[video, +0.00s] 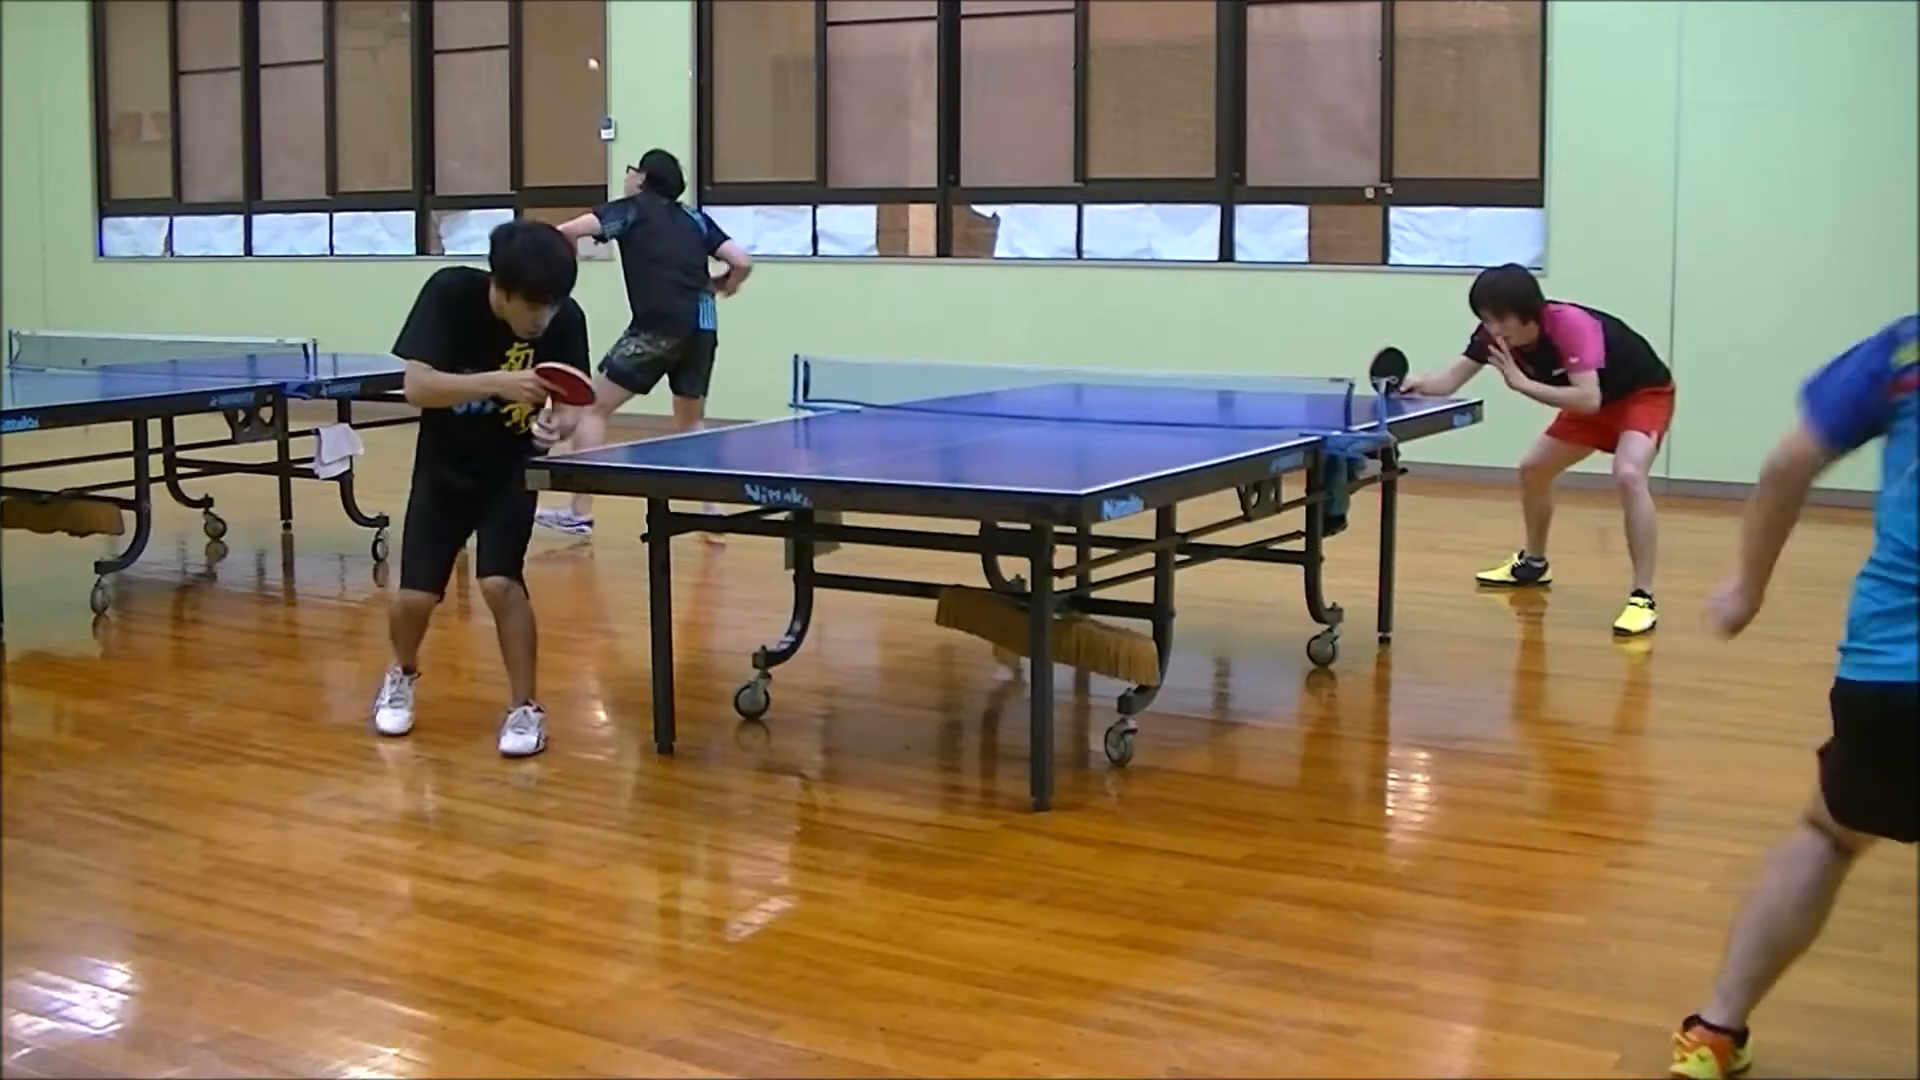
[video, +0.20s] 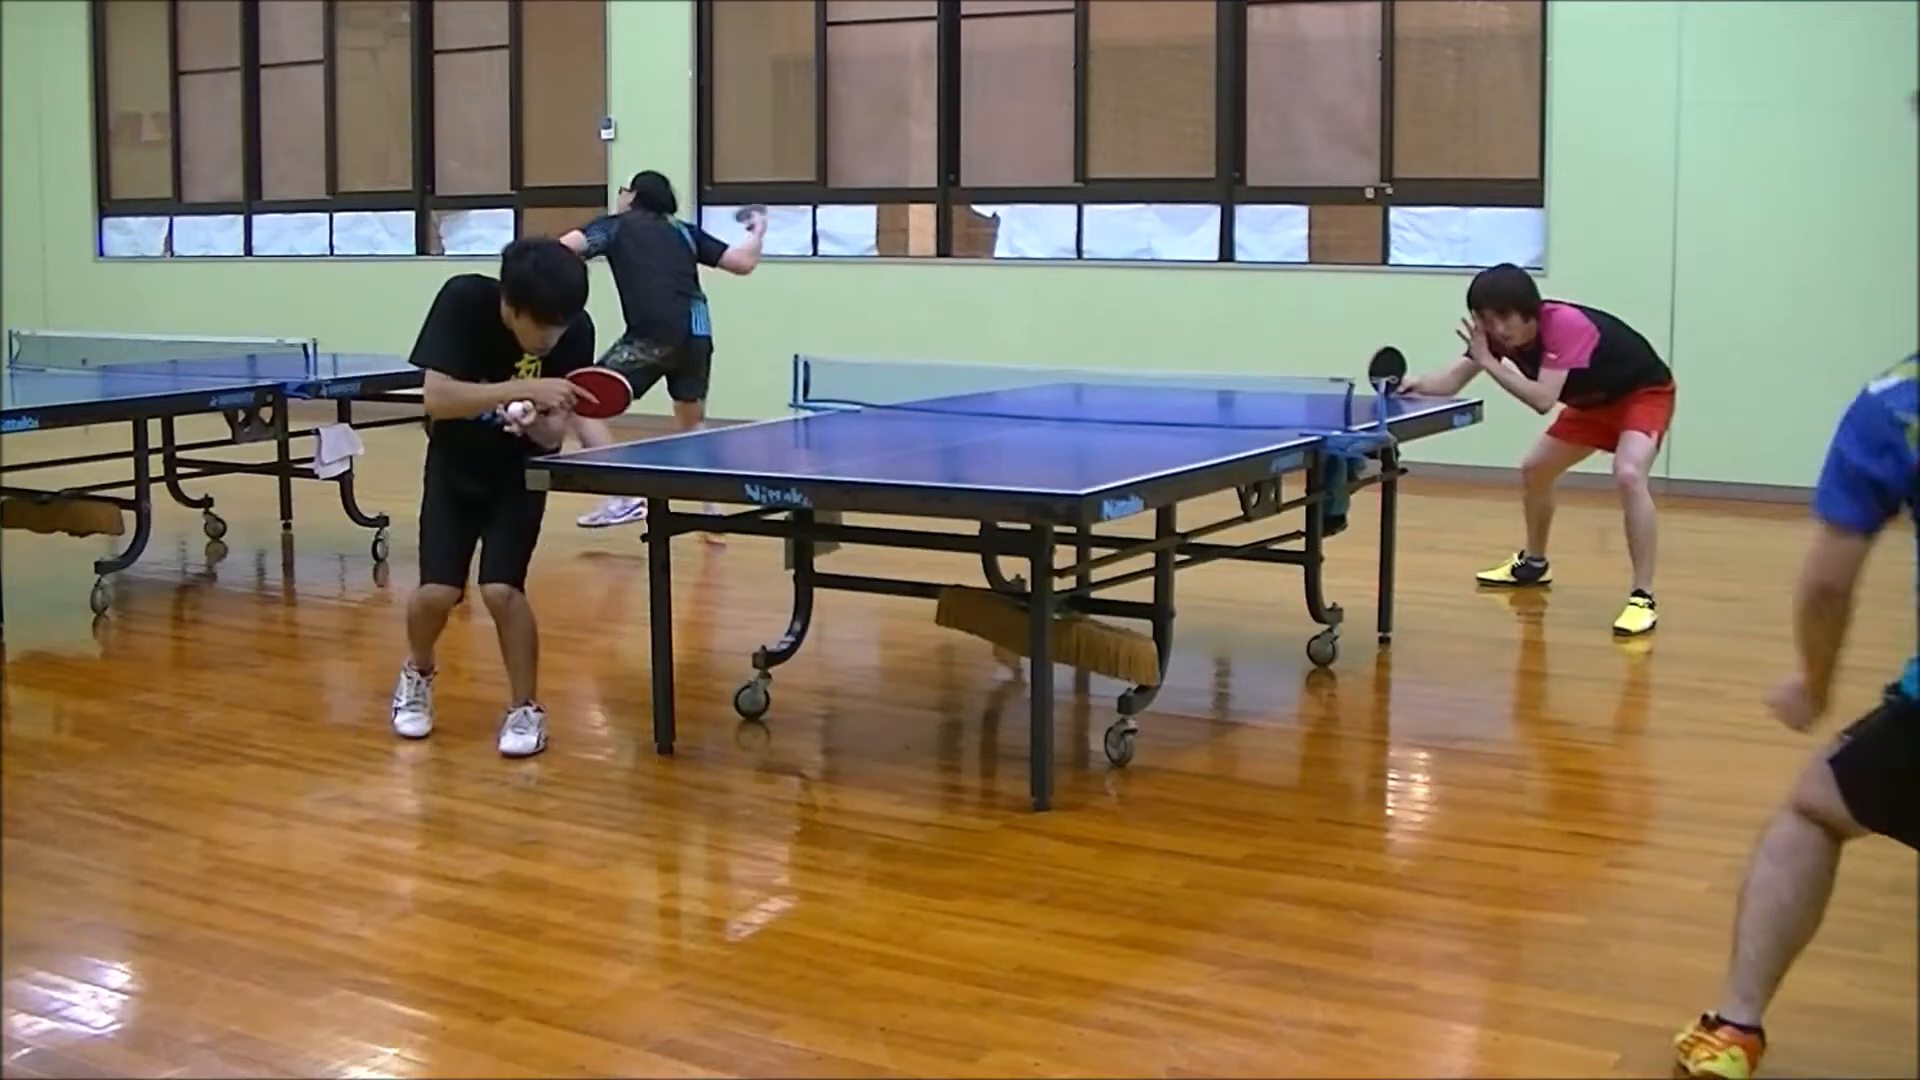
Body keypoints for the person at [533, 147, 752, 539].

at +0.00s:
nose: (627, 176)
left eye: (633, 172)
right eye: (630, 171)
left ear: (645, 180)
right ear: (672, 186)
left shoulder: (632, 208)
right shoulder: (694, 218)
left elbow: (567, 231)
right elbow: (741, 262)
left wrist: (544, 252)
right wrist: (726, 284)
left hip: (657, 326)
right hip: (702, 331)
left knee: (592, 409)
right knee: (691, 423)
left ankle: (579, 513)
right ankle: (713, 514)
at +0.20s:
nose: (620, 198)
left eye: (624, 193)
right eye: (622, 192)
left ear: (634, 198)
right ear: (665, 203)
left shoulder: (617, 225)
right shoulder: (683, 231)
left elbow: (565, 246)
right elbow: (742, 263)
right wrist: (759, 231)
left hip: (652, 334)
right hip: (698, 337)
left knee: (582, 404)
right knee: (692, 423)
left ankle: (622, 496)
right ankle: (711, 508)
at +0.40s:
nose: (558, 234)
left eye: (564, 227)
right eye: (560, 227)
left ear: (582, 227)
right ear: (605, 229)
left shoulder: (578, 249)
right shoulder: (636, 247)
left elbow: (540, 274)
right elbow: (685, 270)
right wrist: (656, 301)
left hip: (639, 346)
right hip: (683, 346)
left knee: (577, 420)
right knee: (678, 427)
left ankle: (605, 514)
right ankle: (709, 507)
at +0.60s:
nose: (502, 250)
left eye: (507, 240)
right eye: (500, 243)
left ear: (532, 235)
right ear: (535, 237)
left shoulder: (548, 266)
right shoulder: (563, 250)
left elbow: (583, 337)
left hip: (637, 349)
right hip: (644, 345)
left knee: (576, 420)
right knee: (609, 413)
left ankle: (601, 513)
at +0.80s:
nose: (495, 225)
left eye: (501, 215)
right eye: (492, 217)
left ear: (527, 211)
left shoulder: (554, 236)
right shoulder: (536, 244)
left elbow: (587, 274)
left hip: (618, 339)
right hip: (592, 336)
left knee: (568, 409)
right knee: (555, 408)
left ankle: (596, 507)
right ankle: (592, 505)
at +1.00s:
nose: (497, 223)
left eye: (503, 215)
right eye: (494, 217)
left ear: (530, 213)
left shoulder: (563, 235)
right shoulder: (520, 256)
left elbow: (607, 289)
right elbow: (526, 306)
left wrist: (571, 321)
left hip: (608, 331)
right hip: (563, 336)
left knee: (598, 405)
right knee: (553, 409)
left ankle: (602, 497)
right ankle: (557, 483)